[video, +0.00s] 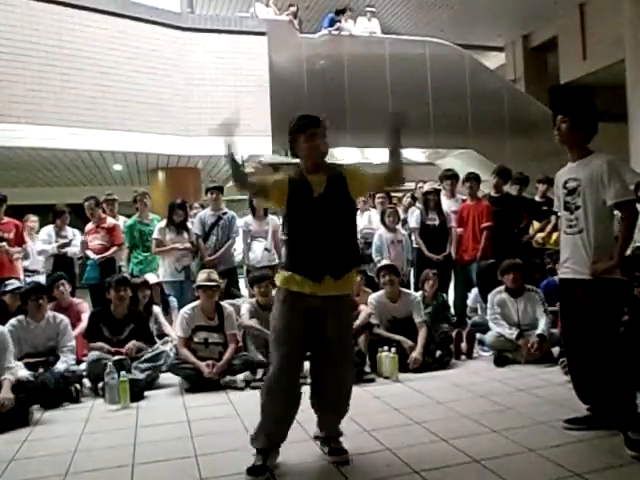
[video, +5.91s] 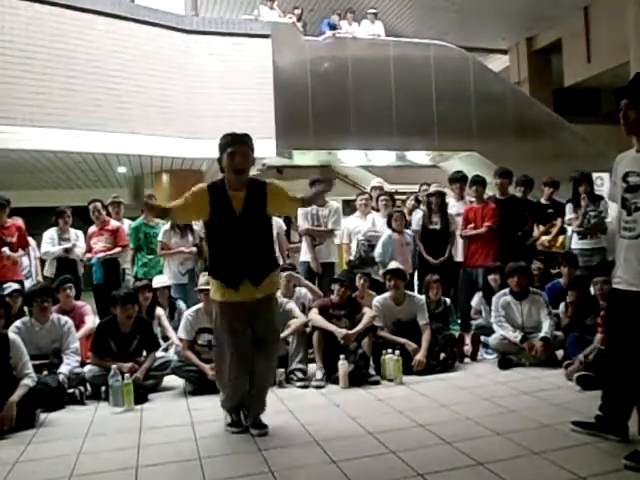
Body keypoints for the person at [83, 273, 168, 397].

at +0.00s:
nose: (122, 294)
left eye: (125, 290)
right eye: (117, 291)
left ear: (130, 293)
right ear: (109, 295)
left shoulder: (139, 317)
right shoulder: (97, 316)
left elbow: (151, 347)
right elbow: (90, 345)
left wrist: (137, 344)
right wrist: (102, 346)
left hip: (135, 358)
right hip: (107, 359)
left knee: (165, 353)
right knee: (94, 359)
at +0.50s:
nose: (118, 292)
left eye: (122, 288)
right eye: (113, 289)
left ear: (127, 292)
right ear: (105, 295)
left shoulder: (137, 316)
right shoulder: (95, 316)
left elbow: (150, 345)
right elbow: (90, 348)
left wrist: (137, 346)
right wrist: (112, 355)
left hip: (134, 360)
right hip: (106, 361)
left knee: (165, 354)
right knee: (90, 364)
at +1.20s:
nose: (118, 297)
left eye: (120, 292)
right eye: (112, 294)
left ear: (125, 294)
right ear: (103, 300)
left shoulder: (136, 316)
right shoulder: (95, 321)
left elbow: (152, 342)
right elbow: (90, 352)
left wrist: (141, 356)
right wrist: (113, 361)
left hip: (134, 362)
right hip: (107, 363)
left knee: (164, 356)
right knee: (86, 368)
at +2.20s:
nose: (127, 309)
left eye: (130, 304)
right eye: (121, 305)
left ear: (134, 306)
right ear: (111, 307)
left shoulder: (139, 321)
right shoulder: (101, 323)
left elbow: (149, 349)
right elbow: (90, 356)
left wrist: (137, 369)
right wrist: (109, 363)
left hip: (133, 362)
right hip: (108, 363)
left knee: (163, 358)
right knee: (86, 369)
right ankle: (134, 382)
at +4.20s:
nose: (130, 310)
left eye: (133, 306)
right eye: (125, 307)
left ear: (138, 308)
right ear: (114, 310)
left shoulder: (144, 324)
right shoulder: (104, 327)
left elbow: (153, 352)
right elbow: (94, 359)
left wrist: (141, 372)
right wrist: (119, 366)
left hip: (137, 365)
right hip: (112, 367)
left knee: (168, 360)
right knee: (89, 372)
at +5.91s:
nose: (129, 311)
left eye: (133, 306)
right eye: (124, 307)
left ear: (137, 308)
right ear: (114, 310)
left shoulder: (144, 324)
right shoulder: (104, 327)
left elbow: (153, 352)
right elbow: (94, 359)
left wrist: (141, 372)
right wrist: (120, 366)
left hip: (137, 365)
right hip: (112, 367)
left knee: (168, 361)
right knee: (89, 372)